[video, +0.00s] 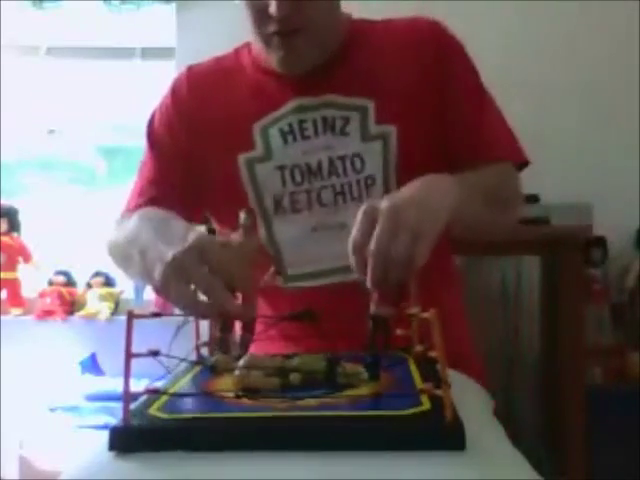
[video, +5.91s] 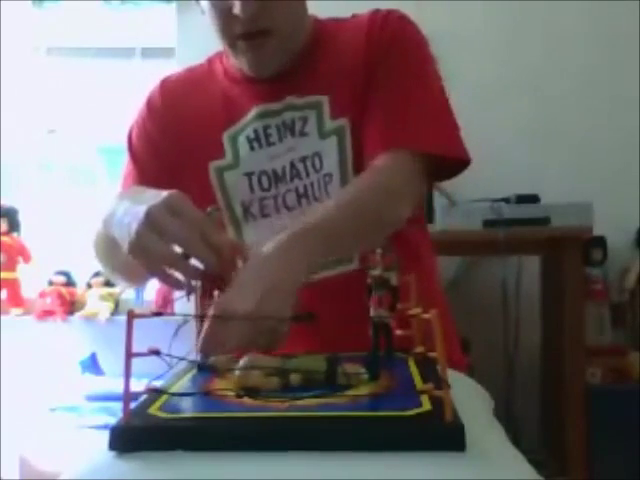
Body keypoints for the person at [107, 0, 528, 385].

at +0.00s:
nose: (276, 9)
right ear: (240, 2)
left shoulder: (423, 53)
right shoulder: (197, 96)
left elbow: (505, 200)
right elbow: (132, 231)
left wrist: (440, 194)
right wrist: (158, 241)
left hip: (424, 366)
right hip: (274, 376)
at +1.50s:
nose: (272, 10)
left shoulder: (408, 48)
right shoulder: (184, 98)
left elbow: (481, 201)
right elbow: (124, 260)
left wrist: (386, 178)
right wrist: (138, 221)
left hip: (420, 374)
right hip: (265, 386)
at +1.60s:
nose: (273, 10)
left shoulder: (405, 47)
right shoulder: (184, 97)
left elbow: (468, 201)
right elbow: (130, 267)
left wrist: (358, 197)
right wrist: (127, 213)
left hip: (418, 371)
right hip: (265, 384)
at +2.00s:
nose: (267, 12)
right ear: (220, 1)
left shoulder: (396, 43)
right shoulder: (180, 97)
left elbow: (440, 202)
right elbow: (130, 264)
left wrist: (309, 240)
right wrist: (124, 204)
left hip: (414, 378)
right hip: (264, 393)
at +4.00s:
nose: (244, 12)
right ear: (203, 5)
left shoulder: (385, 47)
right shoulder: (172, 102)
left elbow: (438, 202)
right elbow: (117, 259)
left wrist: (318, 237)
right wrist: (128, 203)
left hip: (399, 366)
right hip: (248, 375)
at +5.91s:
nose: (241, 11)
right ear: (204, 6)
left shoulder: (381, 42)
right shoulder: (172, 105)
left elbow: (399, 183)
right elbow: (126, 269)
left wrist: (286, 259)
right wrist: (123, 215)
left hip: (399, 379)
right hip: (244, 398)